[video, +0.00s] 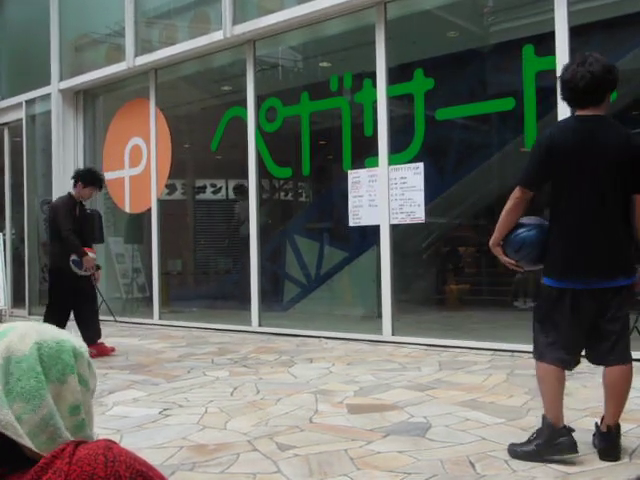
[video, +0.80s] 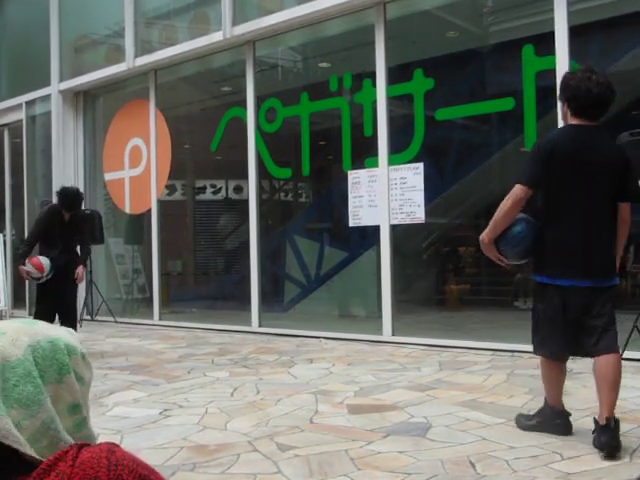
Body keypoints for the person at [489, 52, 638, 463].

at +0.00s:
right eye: (611, 89)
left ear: (568, 94)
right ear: (611, 94)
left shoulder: (555, 139)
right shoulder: (627, 139)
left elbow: (521, 195)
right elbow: (635, 204)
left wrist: (496, 240)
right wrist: (633, 250)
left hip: (566, 266)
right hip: (617, 263)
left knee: (550, 344)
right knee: (617, 347)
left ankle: (553, 431)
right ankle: (610, 433)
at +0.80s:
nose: (561, 104)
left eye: (563, 100)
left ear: (565, 105)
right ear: (606, 108)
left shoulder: (551, 146)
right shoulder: (616, 153)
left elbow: (517, 199)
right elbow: (623, 216)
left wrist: (486, 237)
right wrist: (616, 257)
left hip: (554, 266)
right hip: (599, 266)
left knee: (551, 338)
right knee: (605, 340)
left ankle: (553, 411)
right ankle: (607, 425)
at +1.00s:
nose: (540, 111)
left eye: (541, 106)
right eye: (542, 105)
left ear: (548, 110)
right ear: (583, 111)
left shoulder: (538, 151)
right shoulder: (598, 154)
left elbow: (516, 200)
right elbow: (609, 213)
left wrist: (485, 236)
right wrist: (605, 262)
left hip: (540, 267)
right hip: (585, 267)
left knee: (542, 338)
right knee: (593, 334)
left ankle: (552, 410)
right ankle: (604, 407)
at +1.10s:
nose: (534, 113)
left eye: (535, 108)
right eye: (536, 107)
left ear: (541, 113)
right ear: (575, 113)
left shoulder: (536, 152)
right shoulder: (593, 155)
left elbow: (516, 203)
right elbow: (602, 213)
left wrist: (485, 244)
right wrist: (598, 260)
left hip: (537, 266)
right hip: (579, 266)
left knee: (539, 338)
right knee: (584, 329)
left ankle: (551, 410)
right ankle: (598, 391)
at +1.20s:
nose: (530, 116)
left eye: (531, 111)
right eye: (533, 110)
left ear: (537, 116)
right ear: (570, 114)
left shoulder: (533, 153)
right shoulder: (587, 154)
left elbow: (513, 203)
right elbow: (597, 211)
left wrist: (486, 246)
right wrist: (590, 257)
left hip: (536, 265)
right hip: (575, 263)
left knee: (540, 337)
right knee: (576, 325)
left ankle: (551, 410)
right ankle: (594, 379)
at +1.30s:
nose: (528, 117)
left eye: (530, 112)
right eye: (531, 111)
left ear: (536, 116)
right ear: (568, 115)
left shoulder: (533, 153)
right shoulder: (585, 153)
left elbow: (514, 202)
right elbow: (596, 206)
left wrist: (487, 245)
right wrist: (587, 243)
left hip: (538, 262)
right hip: (573, 259)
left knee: (543, 335)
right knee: (570, 322)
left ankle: (552, 410)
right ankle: (596, 383)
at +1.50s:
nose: (531, 120)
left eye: (533, 115)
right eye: (534, 114)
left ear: (538, 119)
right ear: (569, 118)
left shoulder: (537, 156)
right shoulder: (584, 156)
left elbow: (518, 205)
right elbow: (591, 214)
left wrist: (491, 244)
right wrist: (577, 245)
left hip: (541, 265)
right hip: (572, 263)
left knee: (546, 337)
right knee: (572, 329)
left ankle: (552, 411)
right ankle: (594, 397)